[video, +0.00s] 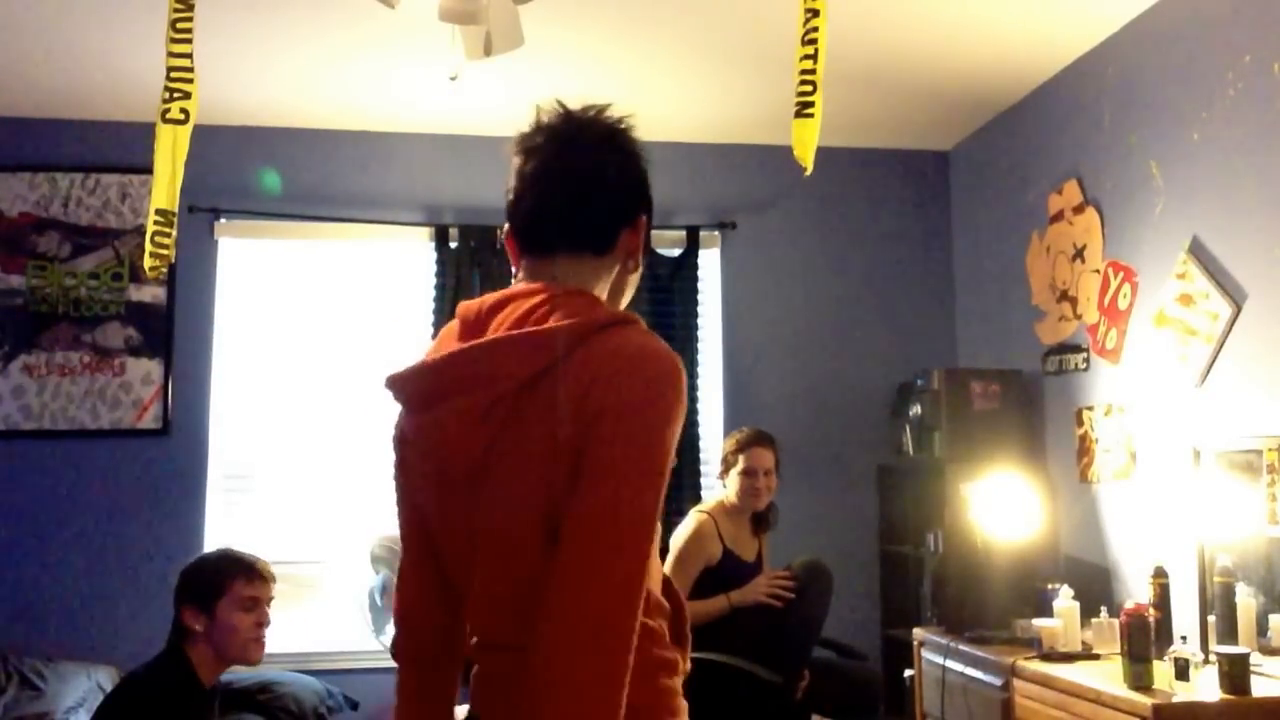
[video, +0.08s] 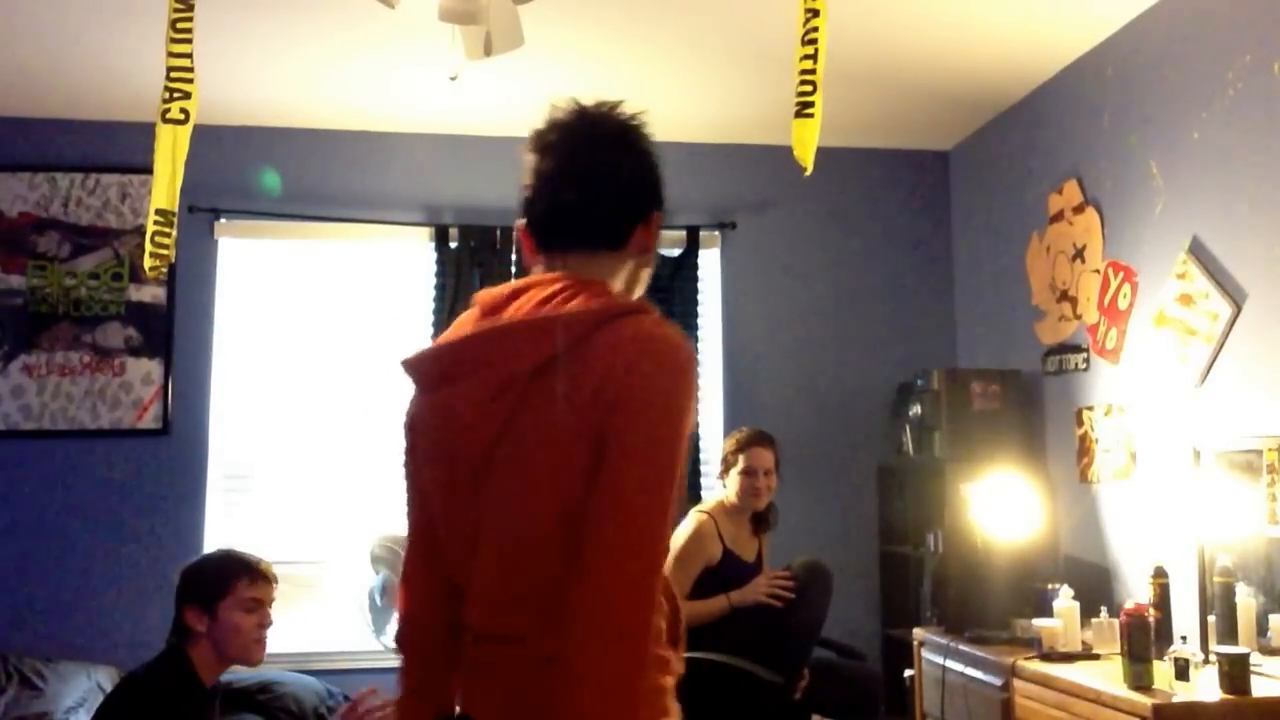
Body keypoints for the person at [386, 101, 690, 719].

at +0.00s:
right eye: (647, 247)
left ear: (510, 246)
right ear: (636, 240)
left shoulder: (442, 364)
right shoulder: (637, 364)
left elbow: (425, 613)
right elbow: (599, 594)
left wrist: (423, 712)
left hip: (499, 689)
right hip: (623, 694)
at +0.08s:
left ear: (524, 243)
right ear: (648, 235)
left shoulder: (452, 356)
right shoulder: (650, 352)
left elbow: (426, 583)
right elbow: (626, 575)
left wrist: (423, 707)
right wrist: (627, 703)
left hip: (479, 691)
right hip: (599, 696)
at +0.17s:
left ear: (545, 243)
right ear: (668, 240)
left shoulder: (465, 355)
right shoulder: (667, 345)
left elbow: (432, 571)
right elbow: (670, 569)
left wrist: (444, 682)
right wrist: (686, 705)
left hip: (468, 692)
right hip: (601, 693)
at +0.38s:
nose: (665, 280)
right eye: (671, 262)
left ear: (540, 247)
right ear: (664, 253)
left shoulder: (452, 364)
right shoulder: (654, 353)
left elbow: (427, 590)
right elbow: (655, 593)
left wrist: (443, 696)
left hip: (471, 697)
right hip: (599, 699)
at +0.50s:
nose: (666, 280)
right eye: (673, 262)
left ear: (538, 252)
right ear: (660, 257)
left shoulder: (453, 366)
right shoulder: (648, 370)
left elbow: (433, 605)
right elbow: (624, 606)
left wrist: (421, 712)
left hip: (491, 696)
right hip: (605, 700)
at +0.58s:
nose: (682, 274)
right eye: (687, 256)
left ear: (554, 240)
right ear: (674, 249)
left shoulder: (469, 348)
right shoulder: (652, 352)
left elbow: (439, 581)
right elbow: (643, 586)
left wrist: (436, 703)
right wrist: (645, 708)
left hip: (468, 693)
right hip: (592, 697)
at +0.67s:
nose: (696, 285)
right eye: (701, 265)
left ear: (575, 248)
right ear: (694, 253)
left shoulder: (479, 350)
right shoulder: (669, 349)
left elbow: (461, 554)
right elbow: (695, 600)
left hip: (455, 690)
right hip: (586, 697)